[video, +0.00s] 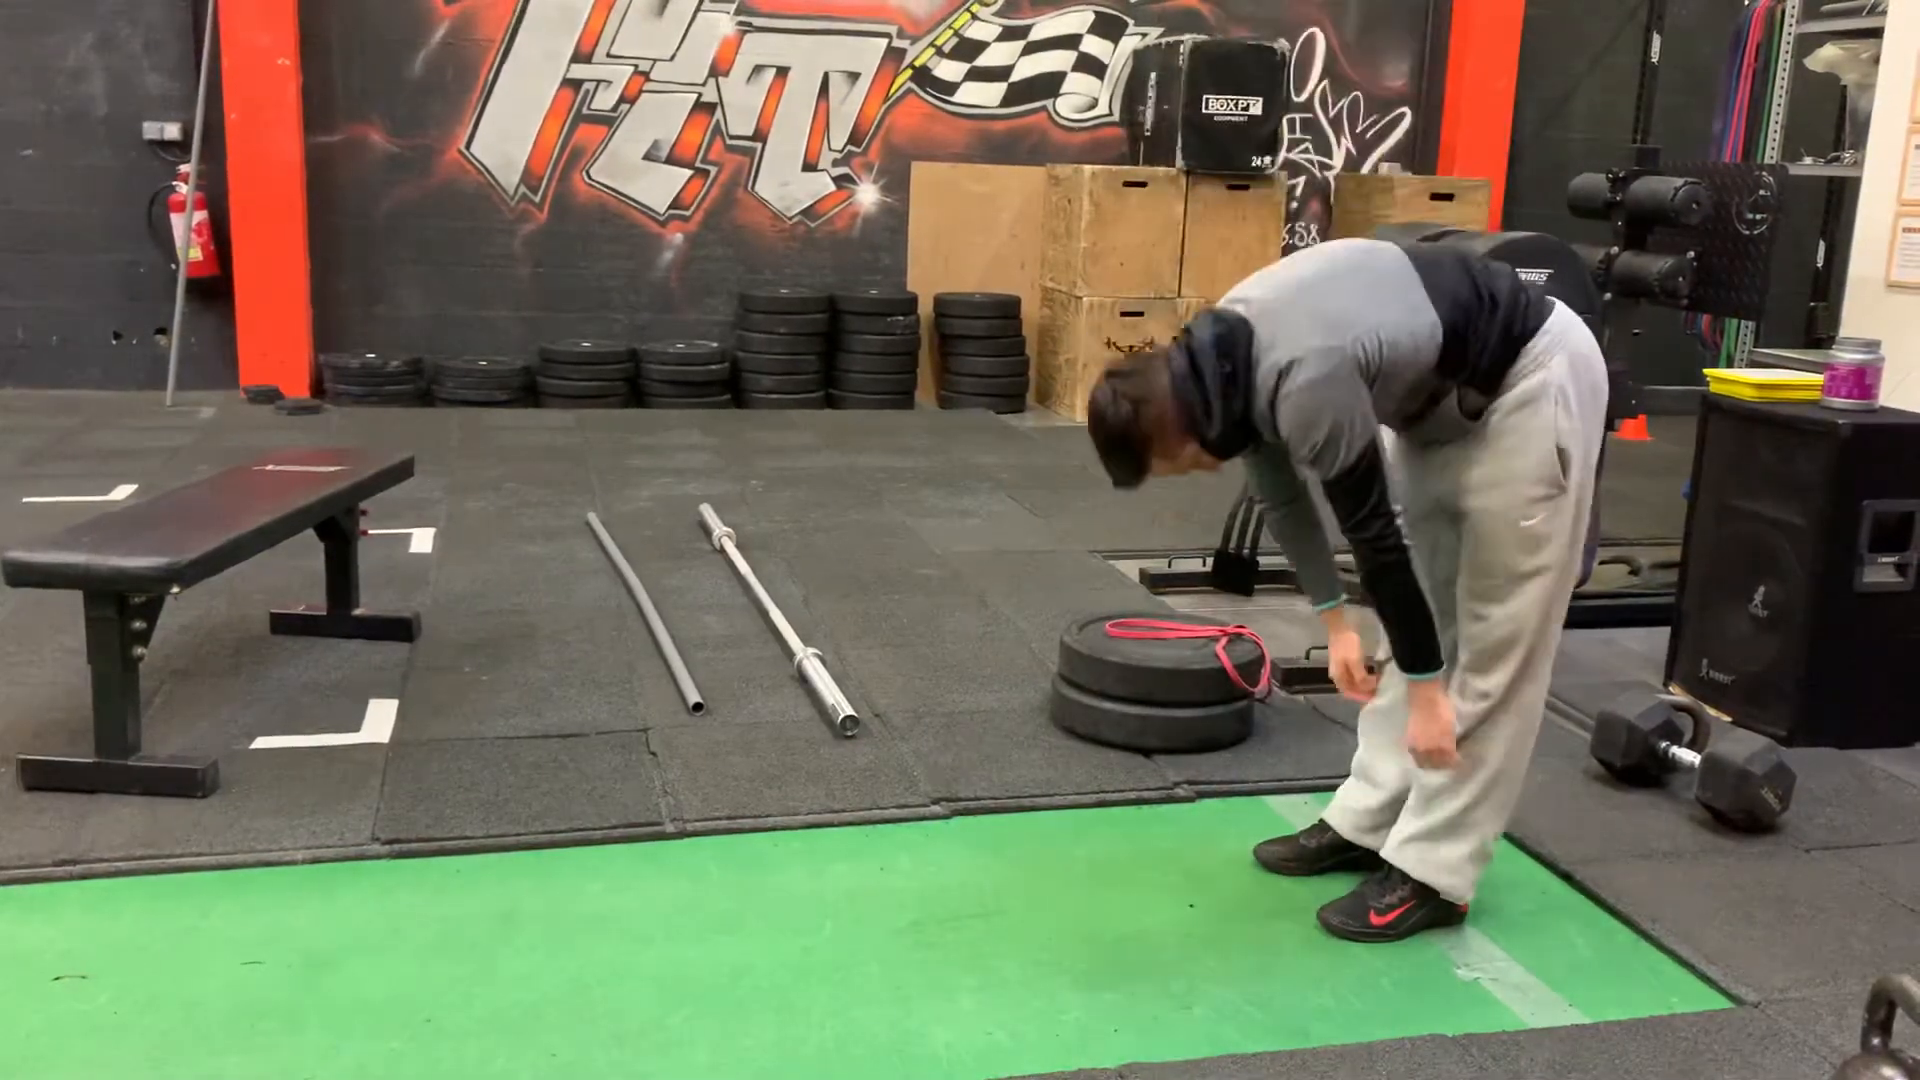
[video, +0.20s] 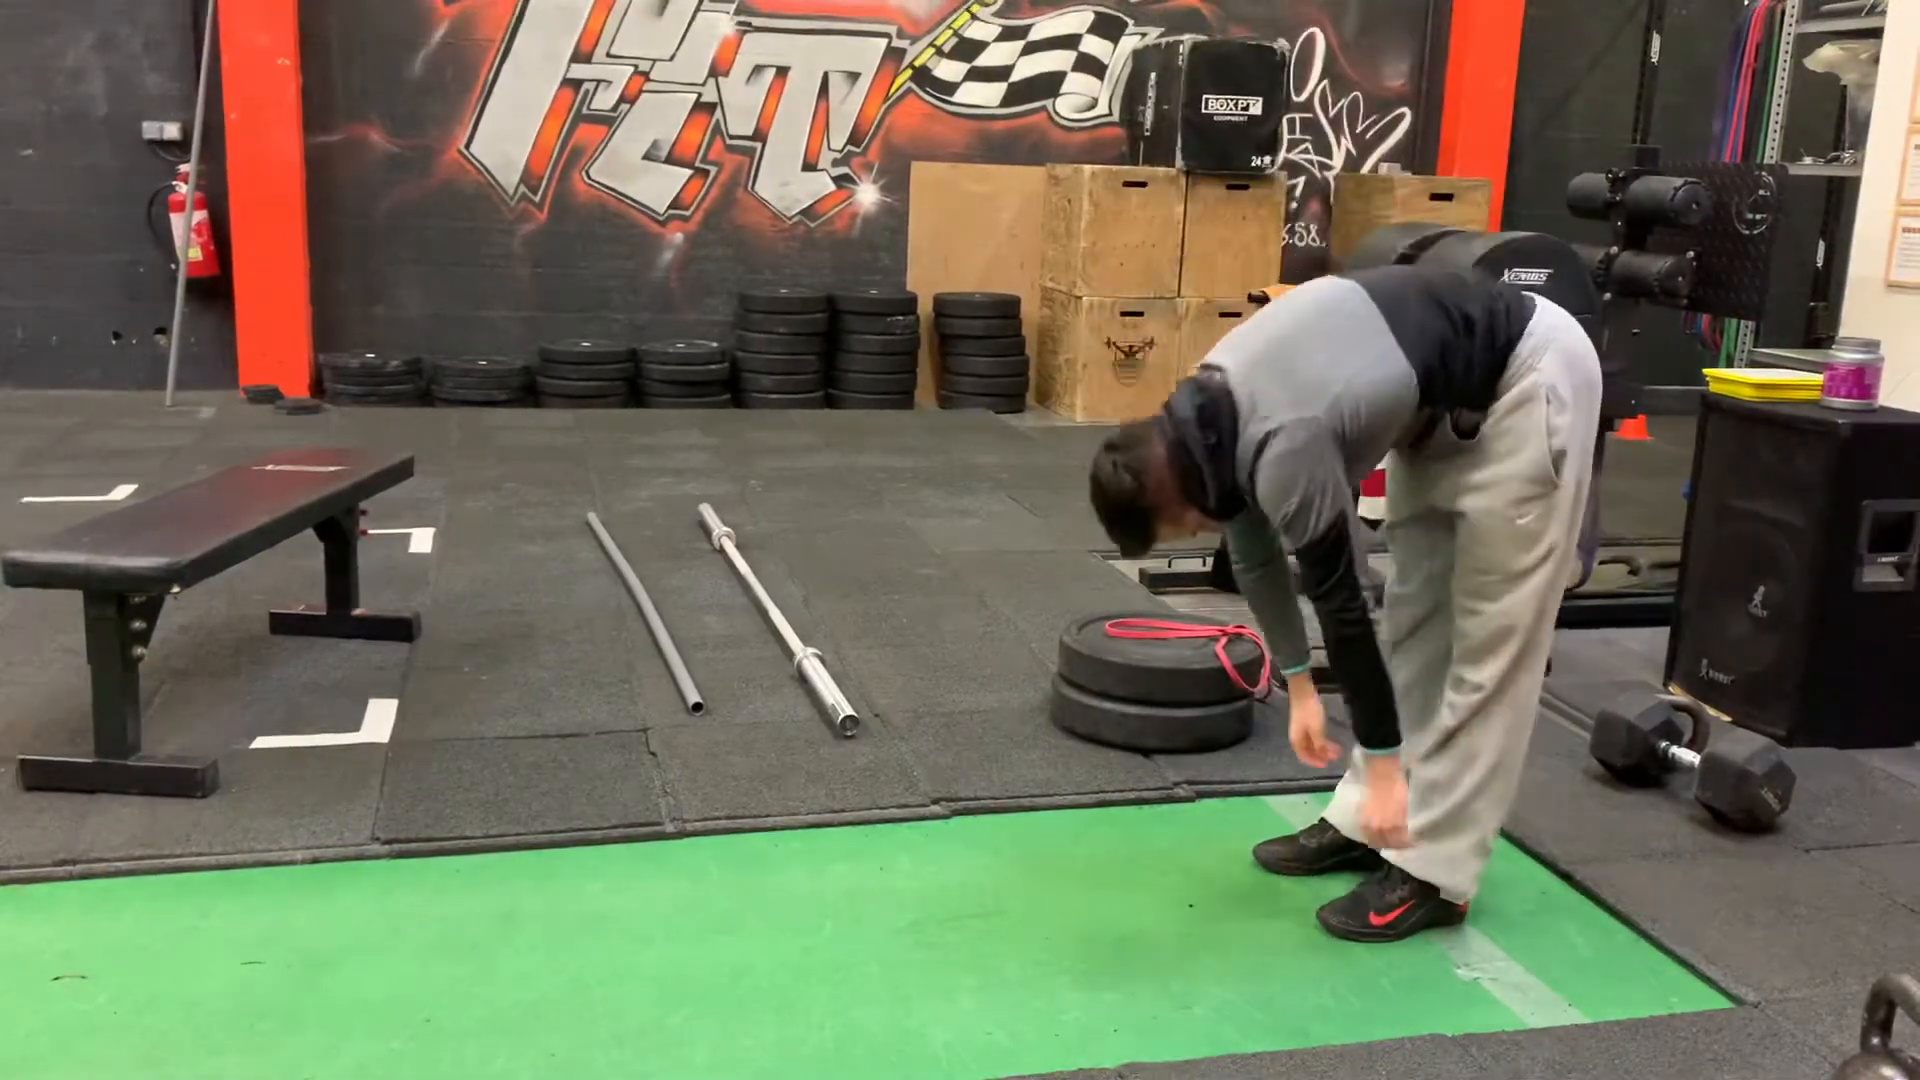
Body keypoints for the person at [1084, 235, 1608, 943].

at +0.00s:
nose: (1183, 471)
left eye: (1171, 459)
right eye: (1167, 467)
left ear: (1181, 419)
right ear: (1165, 405)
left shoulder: (1308, 376)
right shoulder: (1215, 366)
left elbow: (1376, 539)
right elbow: (1286, 503)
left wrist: (1428, 688)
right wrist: (1338, 624)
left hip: (1532, 377)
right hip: (1424, 396)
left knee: (1495, 634)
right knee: (1402, 612)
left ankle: (1435, 871)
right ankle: (1369, 819)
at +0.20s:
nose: (1193, 536)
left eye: (1182, 527)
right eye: (1177, 534)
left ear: (1181, 487)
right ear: (1165, 473)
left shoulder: (1286, 447)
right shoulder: (1201, 418)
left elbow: (1344, 610)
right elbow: (1258, 565)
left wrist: (1384, 769)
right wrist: (1301, 689)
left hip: (1530, 377)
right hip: (1432, 395)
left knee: (1489, 637)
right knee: (1410, 616)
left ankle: (1439, 871)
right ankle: (1362, 826)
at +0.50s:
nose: (1184, 626)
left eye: (1177, 617)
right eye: (1173, 625)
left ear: (1177, 571)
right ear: (1151, 551)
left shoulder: (1257, 523)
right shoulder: (1180, 488)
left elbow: (1286, 697)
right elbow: (1212, 641)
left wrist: (1295, 866)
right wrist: (1225, 788)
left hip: (1505, 371)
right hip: (1413, 376)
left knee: (1475, 644)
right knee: (1398, 628)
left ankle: (1436, 871)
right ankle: (1365, 826)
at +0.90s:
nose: (1186, 683)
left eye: (1177, 678)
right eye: (1177, 685)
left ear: (1157, 637)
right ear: (1138, 620)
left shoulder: (1217, 586)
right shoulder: (1155, 562)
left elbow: (1258, 743)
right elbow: (1208, 699)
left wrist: (1246, 909)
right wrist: (1223, 837)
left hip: (1445, 365)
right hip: (1364, 366)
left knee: (1442, 632)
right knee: (1368, 624)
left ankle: (1430, 871)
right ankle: (1364, 819)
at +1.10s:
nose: (1125, 697)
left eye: (1108, 690)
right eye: (1113, 695)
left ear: (1088, 653)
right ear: (1080, 629)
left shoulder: (1159, 599)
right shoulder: (1103, 560)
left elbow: (1176, 759)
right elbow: (1175, 693)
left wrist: (1165, 925)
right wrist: (1187, 825)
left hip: (1390, 369)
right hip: (1317, 374)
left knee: (1415, 631)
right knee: (1346, 625)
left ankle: (1428, 870)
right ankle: (1363, 821)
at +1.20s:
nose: (1073, 700)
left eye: (1064, 693)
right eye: (1062, 700)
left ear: (1056, 649)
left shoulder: (1128, 600)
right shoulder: (1058, 565)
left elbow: (1153, 761)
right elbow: (1095, 688)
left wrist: (1161, 923)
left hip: (1360, 370)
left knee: (1393, 632)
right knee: (1329, 629)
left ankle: (1429, 871)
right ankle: (1358, 819)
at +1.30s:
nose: (1018, 696)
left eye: (1009, 685)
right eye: (1002, 694)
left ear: (1009, 647)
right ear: (986, 630)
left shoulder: (1094, 611)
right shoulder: (1005, 568)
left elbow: (1133, 766)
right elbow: (1002, 702)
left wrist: (1159, 920)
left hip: (1319, 379)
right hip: (1248, 382)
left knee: (1373, 636)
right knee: (1311, 630)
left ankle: (1425, 871)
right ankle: (1358, 821)